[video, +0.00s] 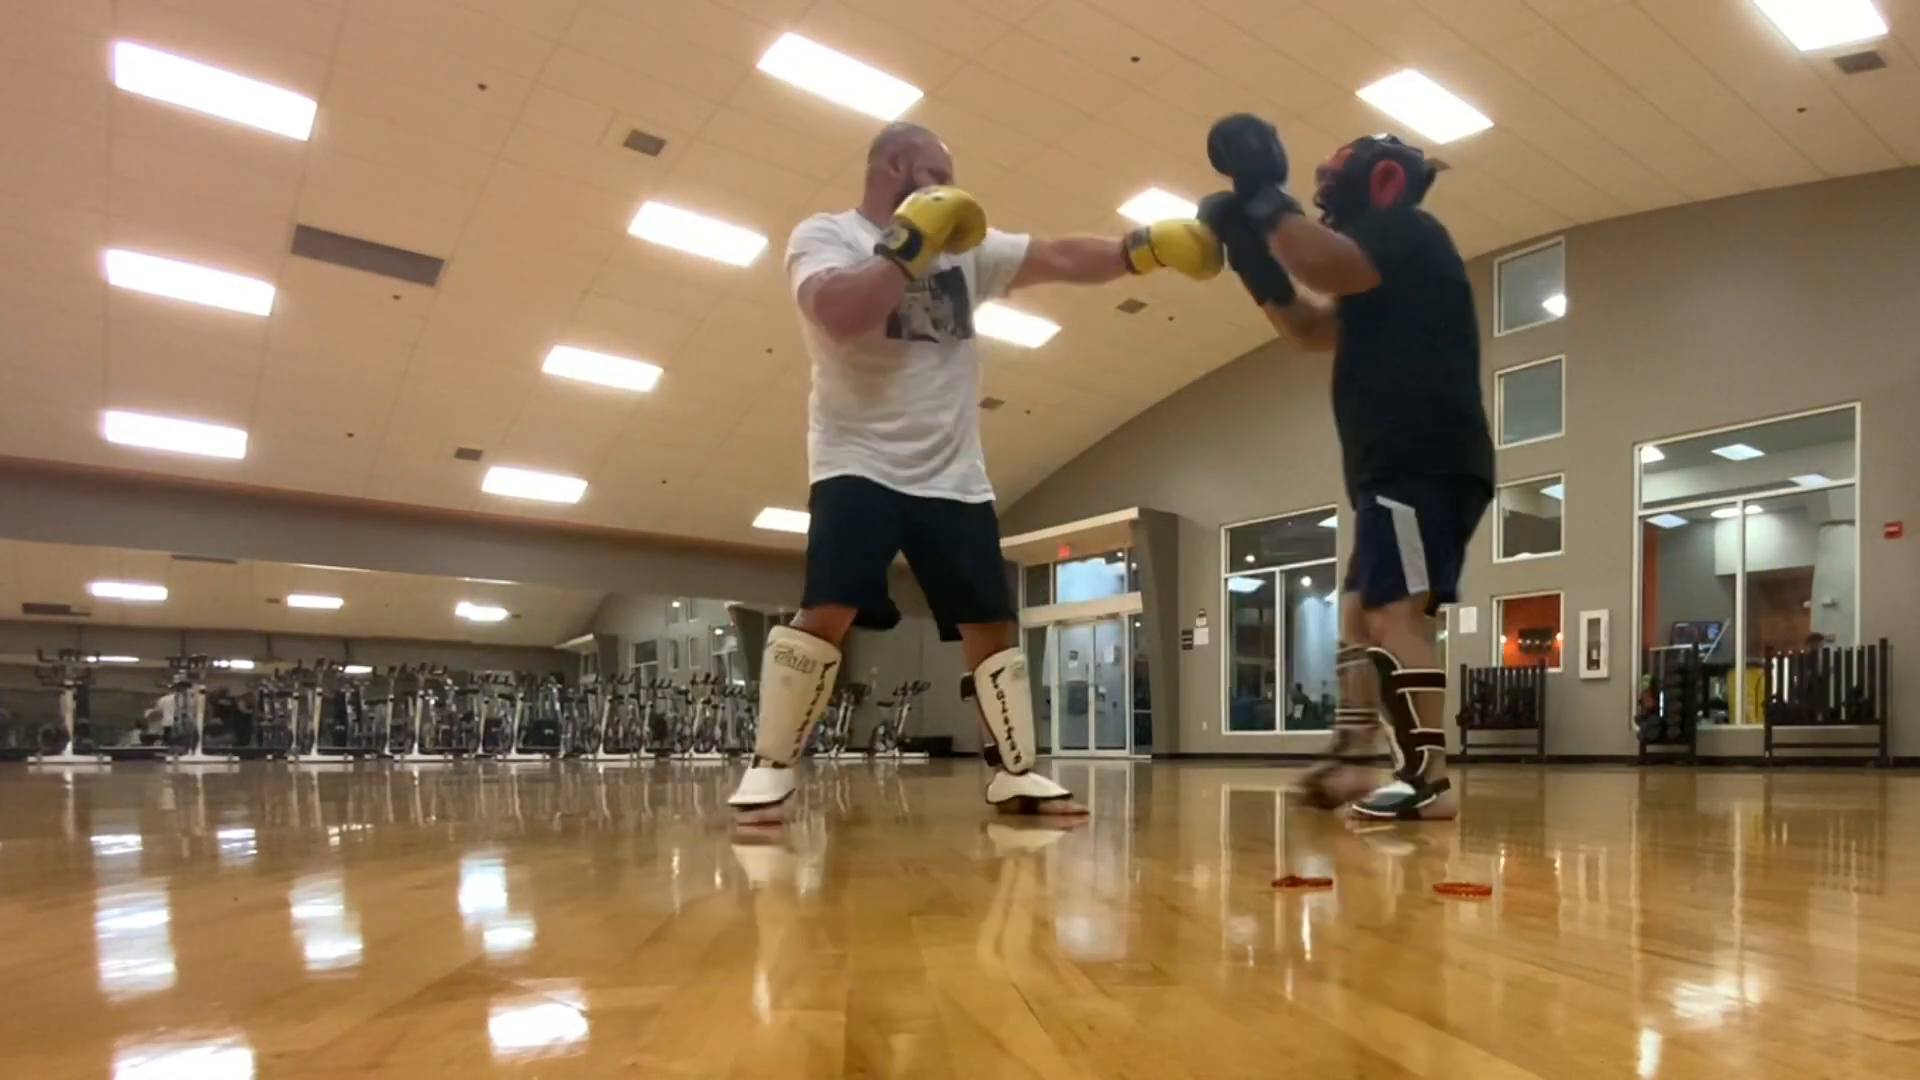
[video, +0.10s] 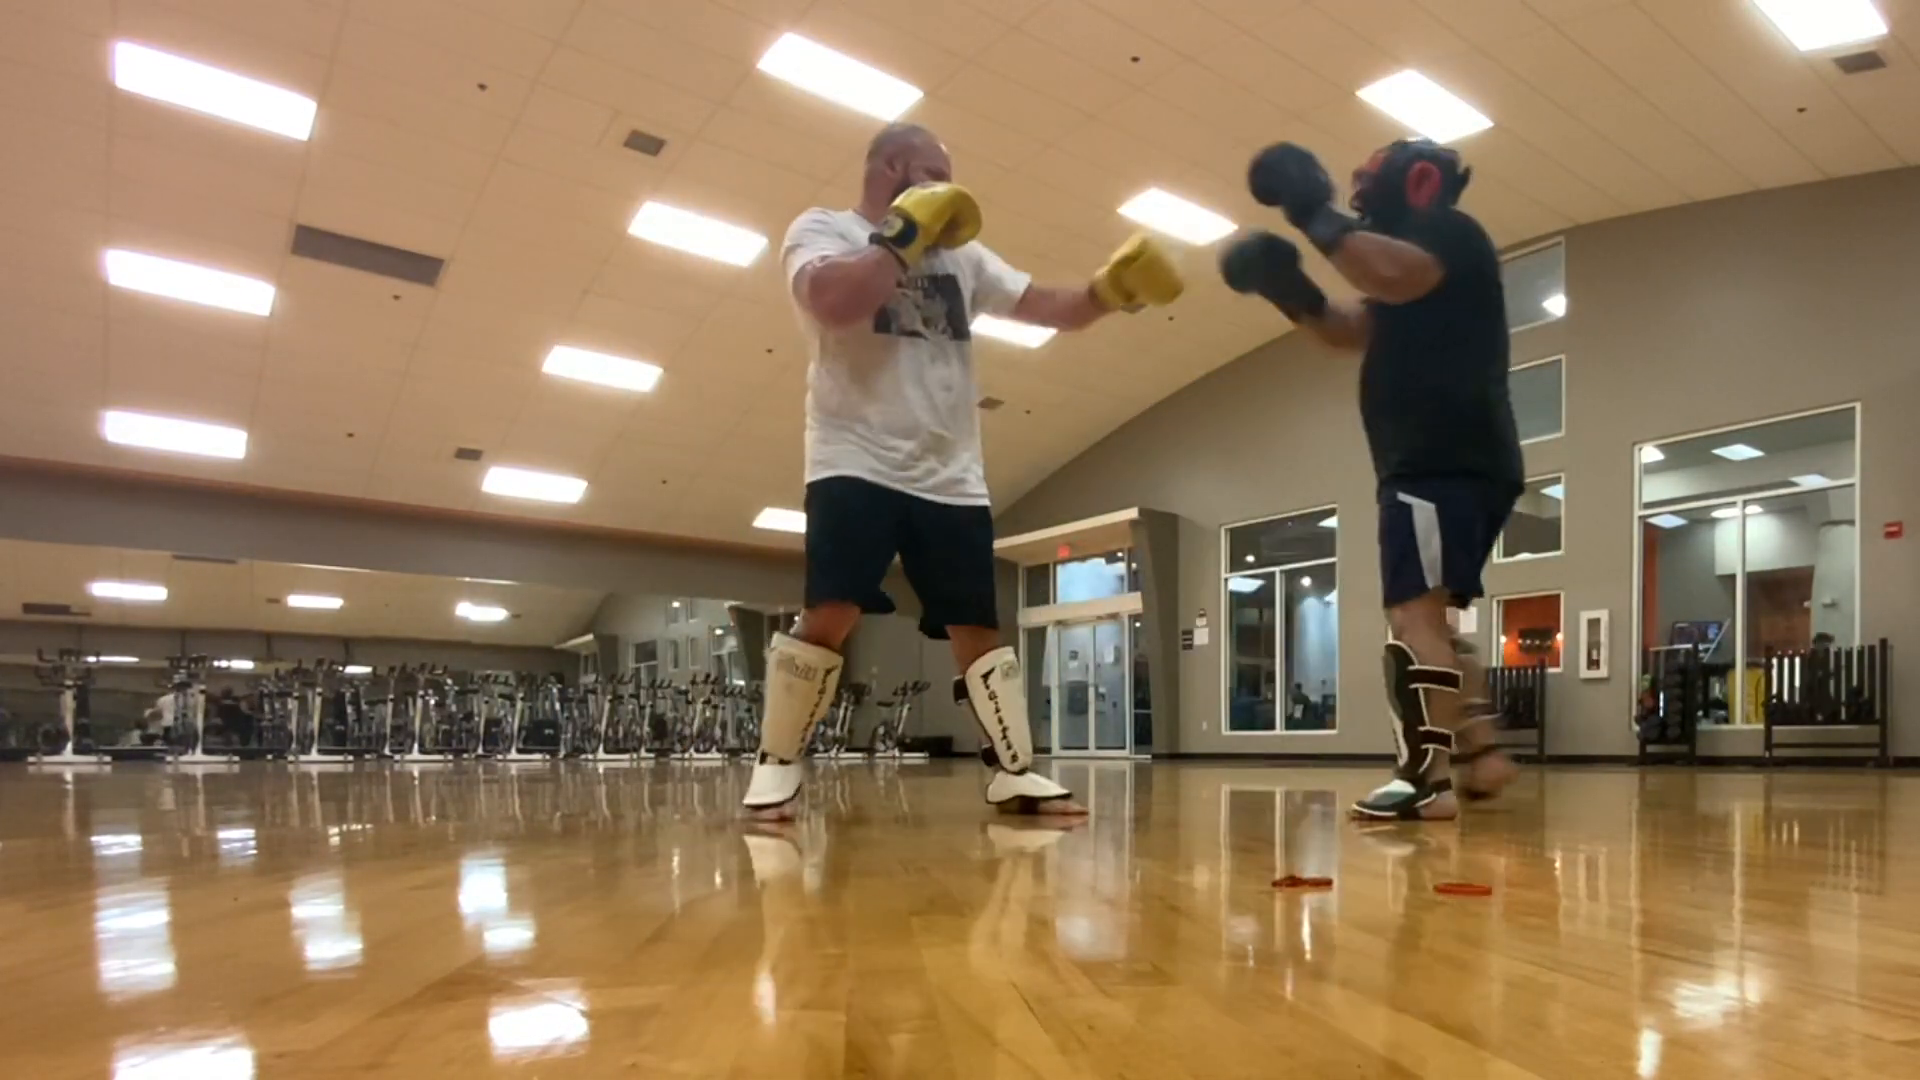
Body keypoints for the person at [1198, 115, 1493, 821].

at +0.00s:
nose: (1324, 202)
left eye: (1333, 188)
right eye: (1323, 191)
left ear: (1376, 180)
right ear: (1382, 186)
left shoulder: (1409, 231)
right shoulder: (1379, 276)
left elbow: (1327, 263)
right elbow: (1309, 331)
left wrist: (1265, 197)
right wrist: (1251, 259)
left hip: (1425, 453)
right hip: (1391, 461)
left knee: (1396, 614)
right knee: (1361, 610)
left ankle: (1429, 778)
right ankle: (1356, 757)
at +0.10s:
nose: (1354, 189)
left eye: (1367, 175)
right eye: (1356, 180)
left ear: (1418, 178)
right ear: (1419, 183)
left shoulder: (1451, 232)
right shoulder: (1410, 259)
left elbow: (1397, 276)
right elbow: (1349, 331)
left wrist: (1315, 213)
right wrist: (1288, 289)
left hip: (1446, 455)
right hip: (1432, 457)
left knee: (1415, 609)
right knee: (1422, 609)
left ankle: (1427, 777)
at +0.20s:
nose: (1387, 193)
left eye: (1401, 177)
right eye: (1389, 182)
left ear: (1452, 184)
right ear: (1454, 189)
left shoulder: (1480, 235)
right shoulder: (1433, 284)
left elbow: (1465, 285)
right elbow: (1414, 392)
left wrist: (1372, 233)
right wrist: (1348, 350)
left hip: (1456, 462)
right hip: (1501, 464)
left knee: (1424, 612)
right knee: (1497, 617)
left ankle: (1430, 779)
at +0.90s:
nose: (1431, 237)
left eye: (1444, 221)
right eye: (1433, 225)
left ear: (1491, 223)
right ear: (1492, 227)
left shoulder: (1518, 267)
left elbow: (1485, 333)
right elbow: (1450, 409)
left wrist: (1391, 326)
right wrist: (1397, 359)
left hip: (1486, 489)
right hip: (1540, 494)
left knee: (1423, 621)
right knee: (1570, 635)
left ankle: (1365, 773)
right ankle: (1629, 782)